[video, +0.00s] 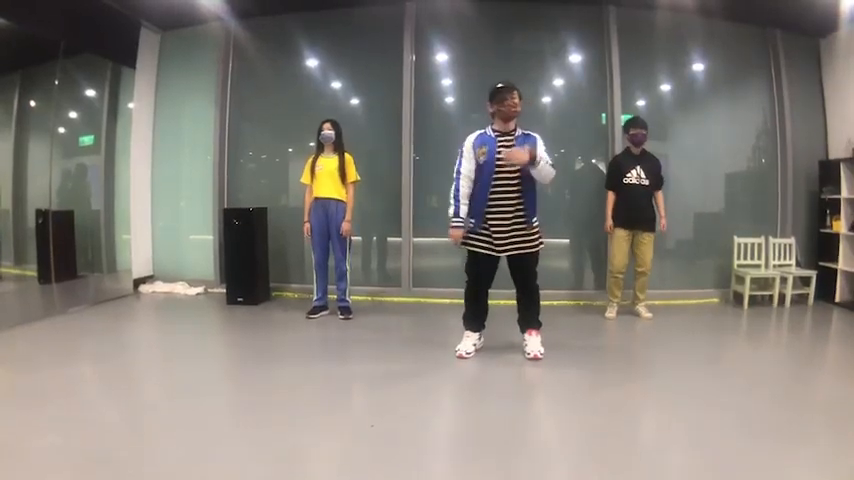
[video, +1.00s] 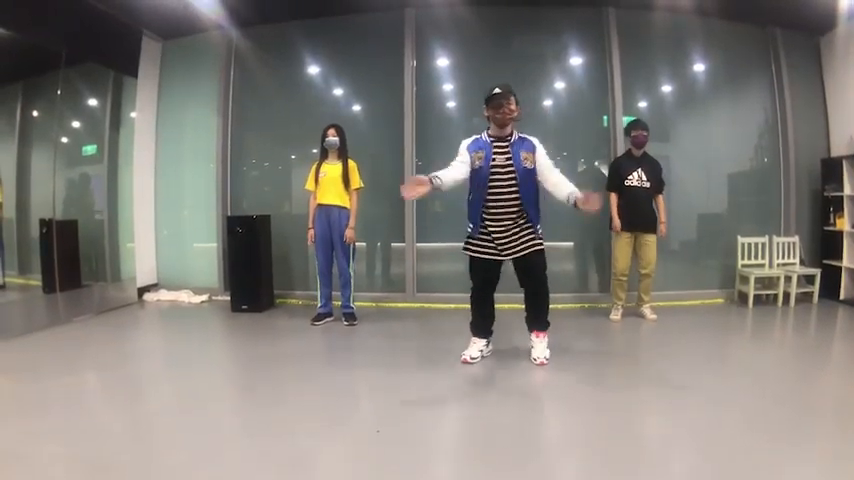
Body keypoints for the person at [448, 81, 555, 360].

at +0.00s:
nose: (512, 103)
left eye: (515, 98)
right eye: (505, 99)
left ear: (521, 104)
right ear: (492, 106)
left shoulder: (532, 141)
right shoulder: (475, 141)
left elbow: (548, 177)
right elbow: (463, 181)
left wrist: (531, 158)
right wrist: (458, 221)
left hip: (522, 226)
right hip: (484, 226)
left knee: (527, 281)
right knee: (477, 282)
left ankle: (531, 333)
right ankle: (472, 333)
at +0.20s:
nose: (531, 105)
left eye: (534, 100)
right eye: (524, 101)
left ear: (538, 105)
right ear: (510, 106)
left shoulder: (547, 141)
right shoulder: (491, 139)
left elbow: (556, 177)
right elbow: (477, 179)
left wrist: (541, 145)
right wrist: (470, 218)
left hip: (535, 228)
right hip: (497, 227)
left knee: (534, 283)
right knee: (487, 281)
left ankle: (534, 333)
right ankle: (476, 332)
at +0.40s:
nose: (530, 109)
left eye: (534, 103)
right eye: (523, 104)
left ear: (543, 105)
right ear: (513, 108)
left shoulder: (554, 141)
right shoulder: (498, 140)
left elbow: (557, 172)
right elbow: (484, 169)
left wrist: (544, 194)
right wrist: (481, 189)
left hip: (536, 223)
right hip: (499, 219)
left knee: (536, 280)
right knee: (484, 270)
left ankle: (535, 332)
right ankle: (482, 318)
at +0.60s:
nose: (520, 108)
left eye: (526, 102)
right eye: (514, 103)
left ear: (536, 106)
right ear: (506, 107)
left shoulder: (547, 140)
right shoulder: (497, 140)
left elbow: (556, 183)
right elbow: (483, 182)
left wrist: (556, 225)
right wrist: (485, 167)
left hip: (531, 225)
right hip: (497, 221)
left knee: (535, 281)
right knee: (481, 268)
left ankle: (535, 333)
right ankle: (482, 322)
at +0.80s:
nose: (510, 108)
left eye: (515, 103)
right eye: (504, 104)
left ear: (524, 107)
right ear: (495, 109)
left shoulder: (537, 140)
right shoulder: (482, 143)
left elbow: (563, 173)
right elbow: (471, 186)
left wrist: (559, 213)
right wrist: (464, 171)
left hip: (525, 229)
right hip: (489, 229)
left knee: (531, 284)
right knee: (485, 283)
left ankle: (536, 335)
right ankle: (479, 335)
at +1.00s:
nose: (505, 109)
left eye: (509, 104)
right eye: (498, 106)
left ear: (516, 109)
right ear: (487, 111)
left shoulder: (530, 145)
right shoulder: (472, 146)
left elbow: (551, 177)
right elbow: (457, 172)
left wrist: (575, 197)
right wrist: (432, 180)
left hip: (523, 228)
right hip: (485, 229)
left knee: (536, 282)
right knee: (481, 286)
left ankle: (539, 337)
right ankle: (480, 339)